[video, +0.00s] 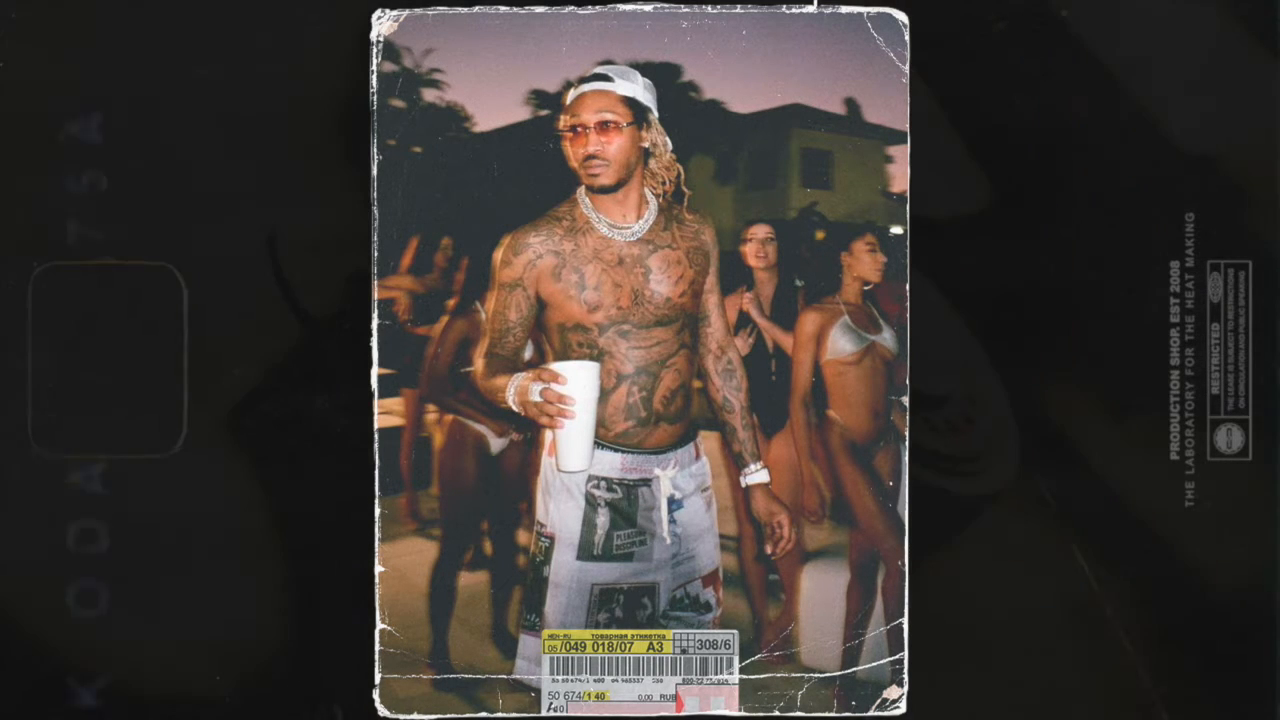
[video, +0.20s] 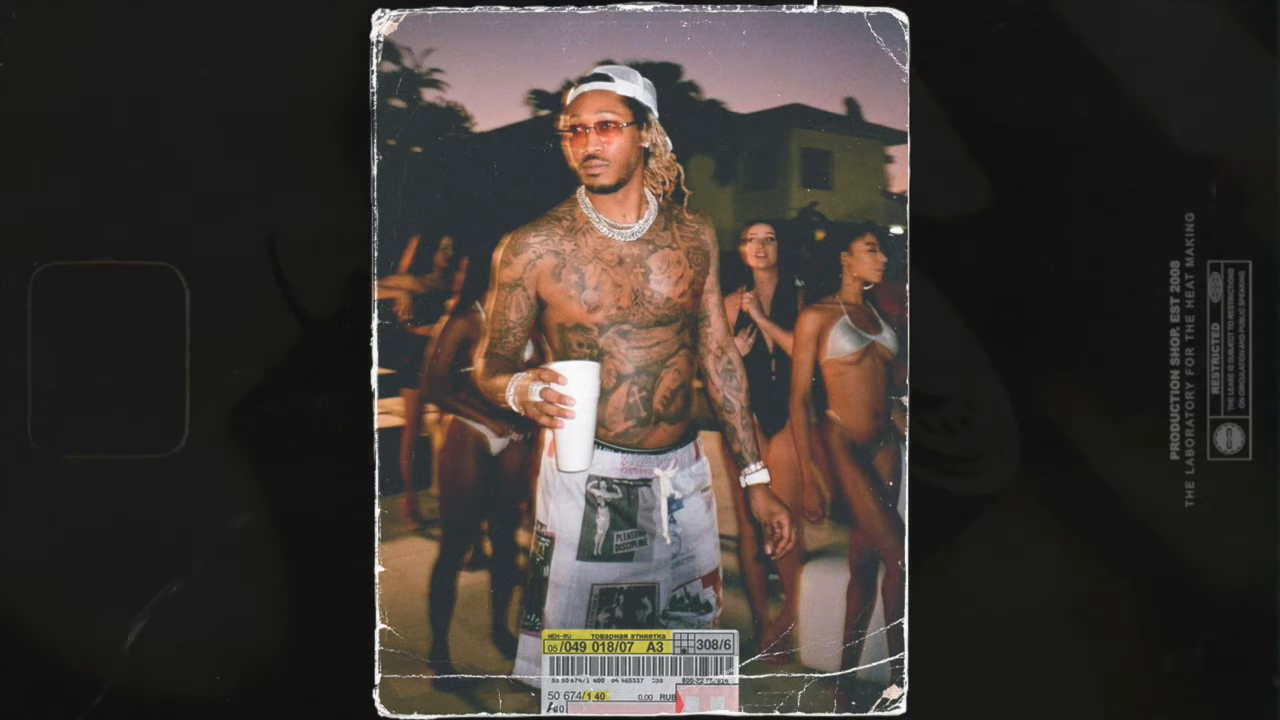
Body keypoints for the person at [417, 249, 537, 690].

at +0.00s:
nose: (513, 293)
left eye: (521, 286)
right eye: (507, 284)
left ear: (530, 293)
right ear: (493, 284)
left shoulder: (531, 333)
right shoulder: (464, 324)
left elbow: (543, 384)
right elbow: (435, 387)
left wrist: (529, 420)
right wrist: (490, 422)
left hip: (514, 444)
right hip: (465, 441)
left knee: (506, 540)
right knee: (456, 544)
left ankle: (501, 627)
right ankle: (439, 650)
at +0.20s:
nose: (513, 292)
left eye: (521, 285)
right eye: (507, 282)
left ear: (530, 291)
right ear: (493, 282)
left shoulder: (530, 332)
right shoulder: (464, 323)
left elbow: (543, 384)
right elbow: (434, 387)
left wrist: (529, 420)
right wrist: (491, 422)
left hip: (514, 444)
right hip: (465, 440)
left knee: (506, 539)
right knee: (456, 544)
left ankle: (501, 627)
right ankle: (439, 651)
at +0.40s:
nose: (517, 287)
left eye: (524, 280)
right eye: (510, 277)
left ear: (532, 288)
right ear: (495, 278)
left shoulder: (531, 332)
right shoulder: (465, 322)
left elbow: (543, 384)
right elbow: (434, 387)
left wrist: (529, 420)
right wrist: (489, 421)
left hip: (514, 444)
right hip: (465, 440)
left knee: (506, 541)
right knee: (456, 543)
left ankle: (501, 628)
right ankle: (439, 651)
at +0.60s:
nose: (516, 290)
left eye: (523, 283)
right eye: (509, 280)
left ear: (531, 290)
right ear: (494, 280)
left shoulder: (531, 334)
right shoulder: (465, 323)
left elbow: (544, 385)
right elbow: (433, 387)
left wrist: (529, 420)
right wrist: (489, 422)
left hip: (514, 445)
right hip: (465, 440)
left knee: (506, 541)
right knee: (456, 543)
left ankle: (501, 628)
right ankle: (439, 651)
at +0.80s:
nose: (514, 291)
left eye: (522, 284)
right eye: (508, 281)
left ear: (531, 291)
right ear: (494, 281)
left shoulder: (530, 332)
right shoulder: (465, 322)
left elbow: (543, 385)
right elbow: (434, 387)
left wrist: (528, 420)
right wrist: (489, 422)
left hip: (514, 445)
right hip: (465, 441)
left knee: (506, 541)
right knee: (456, 544)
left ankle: (501, 628)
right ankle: (439, 649)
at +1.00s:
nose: (517, 287)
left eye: (524, 279)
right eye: (511, 277)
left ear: (532, 287)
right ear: (496, 277)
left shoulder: (531, 332)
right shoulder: (466, 322)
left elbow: (543, 385)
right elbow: (434, 387)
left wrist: (529, 421)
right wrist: (489, 421)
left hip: (514, 445)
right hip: (465, 440)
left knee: (506, 541)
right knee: (456, 544)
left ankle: (501, 628)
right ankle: (439, 651)